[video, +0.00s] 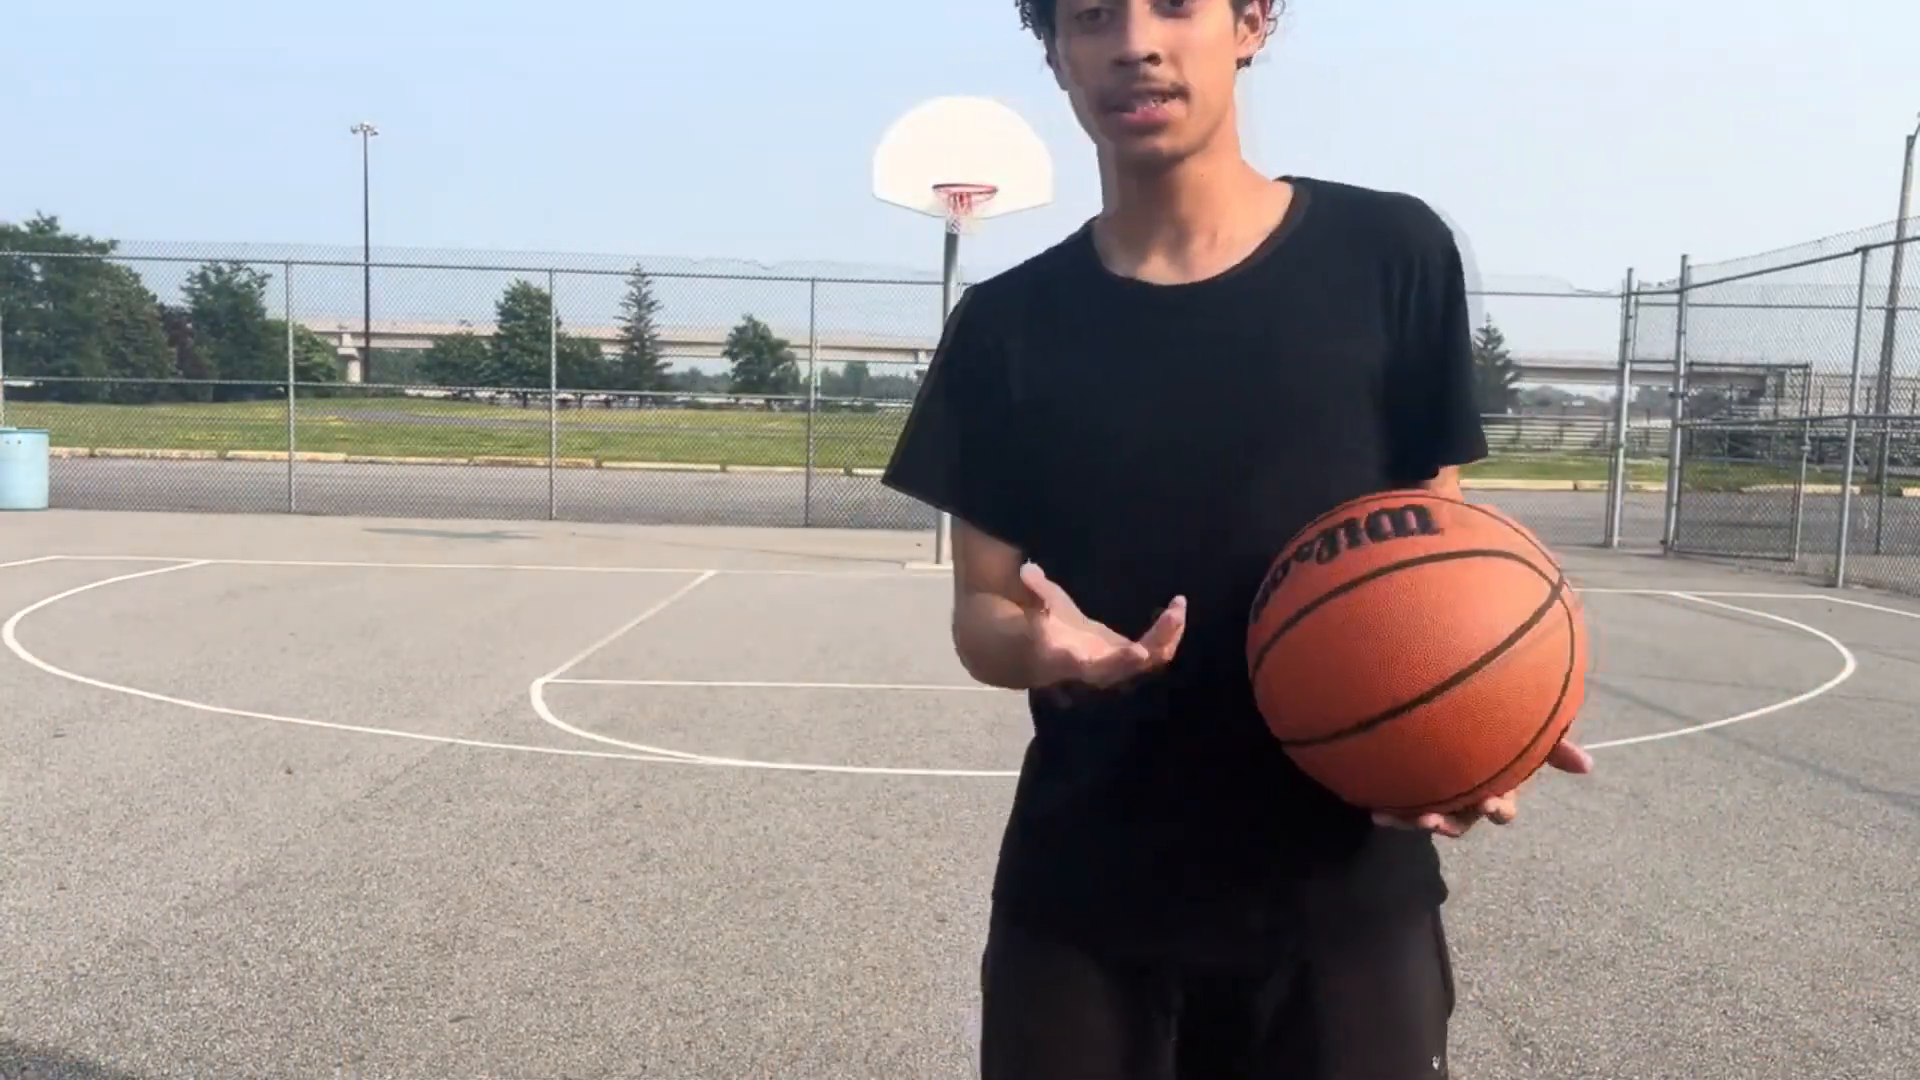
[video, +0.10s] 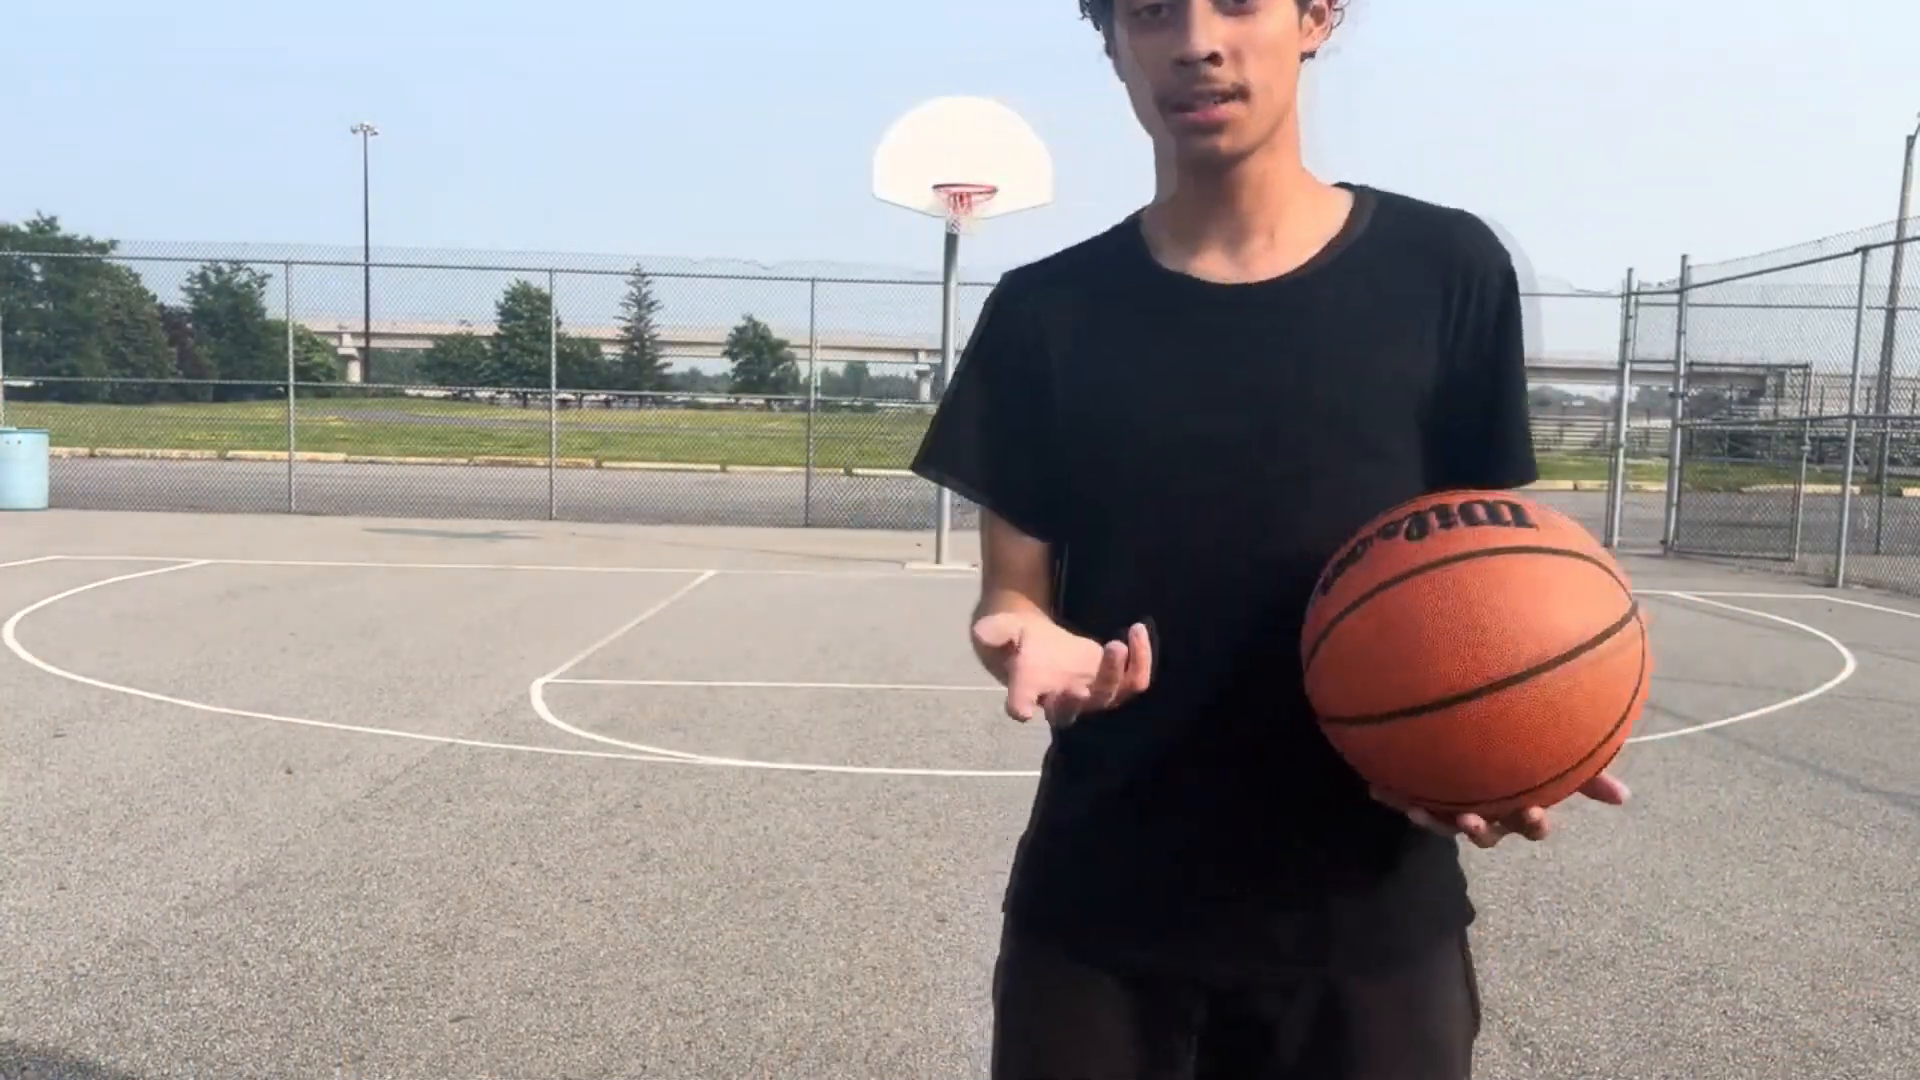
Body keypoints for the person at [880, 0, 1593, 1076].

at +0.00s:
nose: (1138, 43)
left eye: (1177, 4)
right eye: (1096, 13)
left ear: (1250, 25)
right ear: (1054, 50)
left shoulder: (1393, 254)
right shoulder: (1004, 324)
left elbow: (1436, 537)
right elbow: (979, 608)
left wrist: (1466, 714)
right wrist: (1038, 645)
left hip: (1346, 886)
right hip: (1089, 897)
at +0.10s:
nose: (1200, 41)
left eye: (1240, 2)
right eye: (1155, 10)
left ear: (1314, 22)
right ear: (1114, 45)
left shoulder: (1450, 272)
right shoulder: (1040, 313)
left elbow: (1496, 565)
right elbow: (1013, 589)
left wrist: (1510, 735)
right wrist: (1044, 646)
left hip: (1373, 914)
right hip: (1103, 922)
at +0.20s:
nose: (1270, 32)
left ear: (1391, 15)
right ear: (1187, 28)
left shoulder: (1513, 284)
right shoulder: (1088, 293)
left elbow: (1549, 590)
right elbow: (1019, 576)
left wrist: (1564, 761)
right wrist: (1065, 635)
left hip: (1415, 934)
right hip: (1133, 935)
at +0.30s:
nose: (1342, 25)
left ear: (1470, 11)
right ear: (1260, 22)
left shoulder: (1581, 301)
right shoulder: (1134, 282)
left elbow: (1616, 613)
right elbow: (1035, 565)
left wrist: (1612, 776)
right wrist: (1107, 685)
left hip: (1453, 970)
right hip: (1157, 961)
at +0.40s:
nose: (1409, 13)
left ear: (1540, 9)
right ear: (1324, 16)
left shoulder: (1640, 307)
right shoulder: (1183, 278)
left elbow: (1635, 621)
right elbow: (1067, 569)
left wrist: (1648, 812)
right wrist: (1170, 731)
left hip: (1475, 981)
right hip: (1173, 970)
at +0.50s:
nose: (1454, 2)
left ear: (1587, 5)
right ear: (1366, 12)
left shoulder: (1682, 308)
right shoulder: (1218, 269)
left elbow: (1635, 617)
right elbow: (1100, 567)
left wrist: (1659, 828)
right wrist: (1242, 713)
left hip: (1489, 995)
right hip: (1188, 965)